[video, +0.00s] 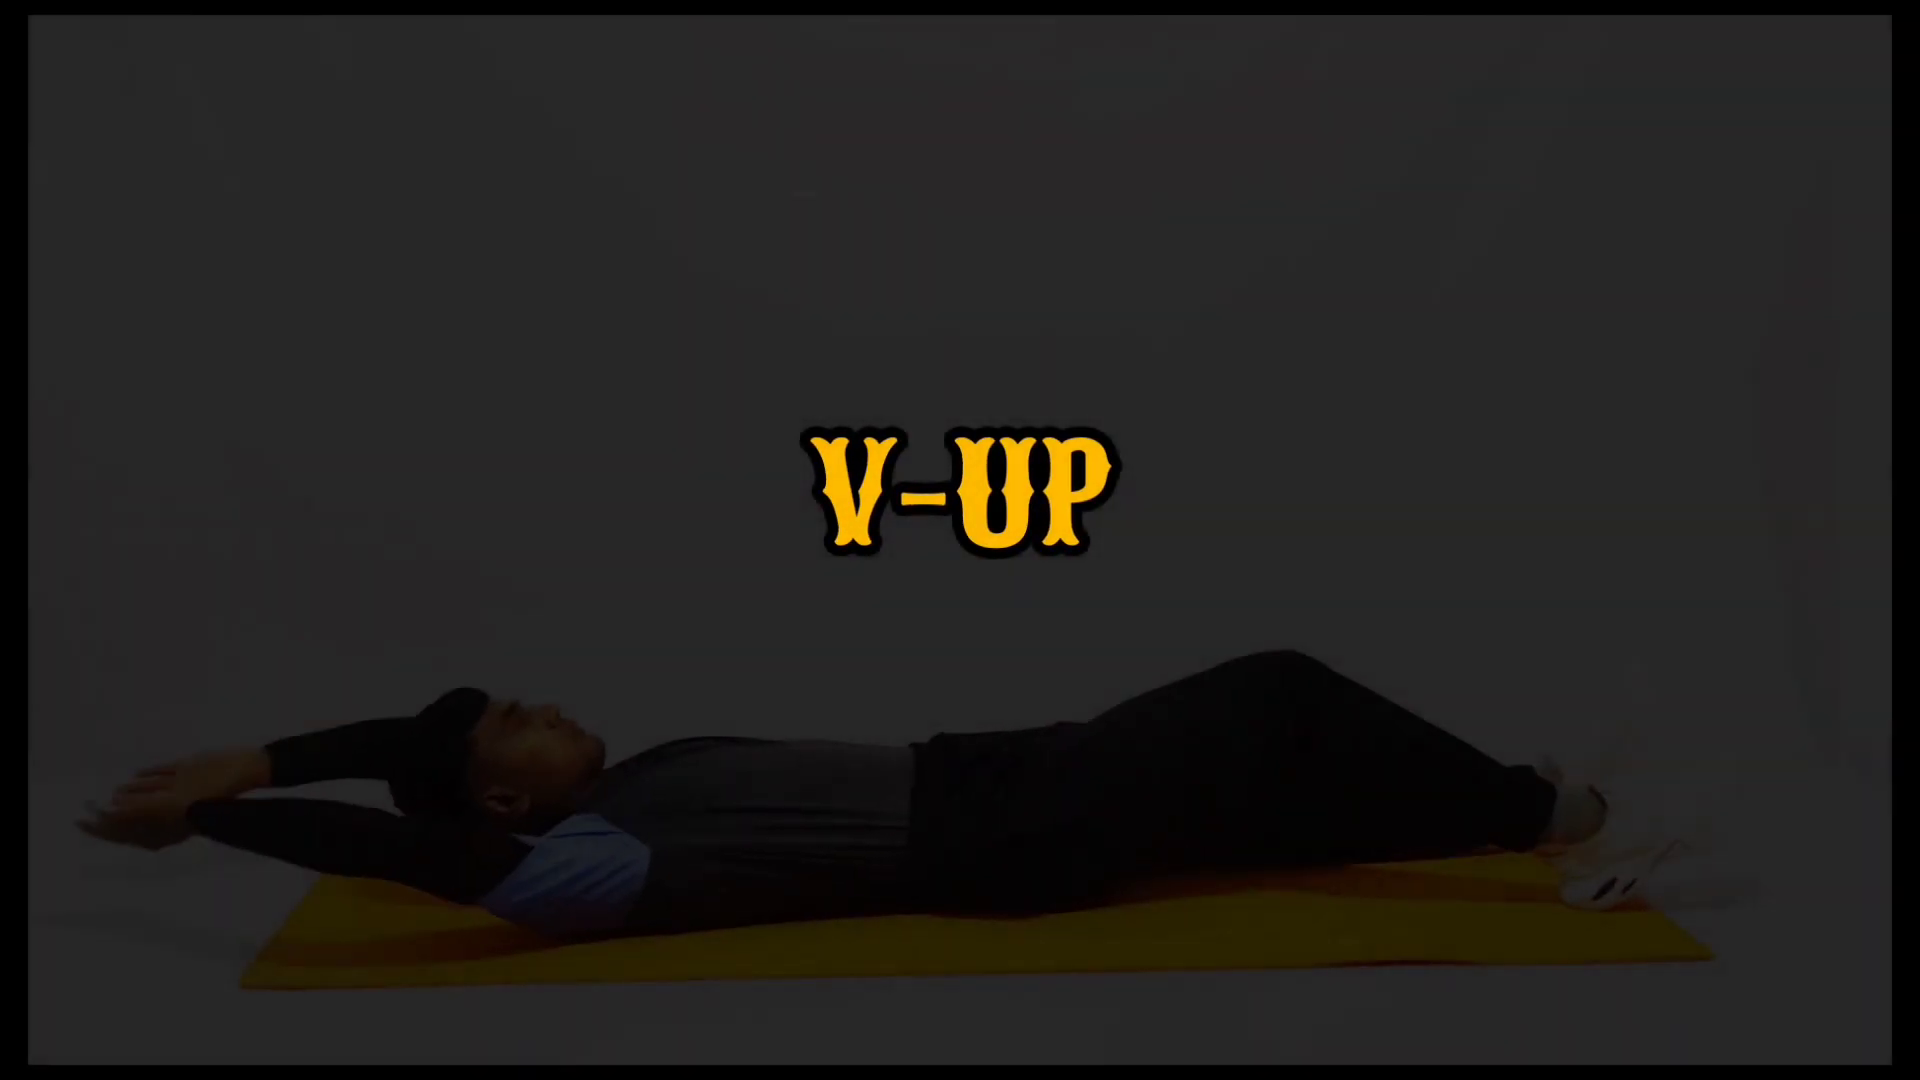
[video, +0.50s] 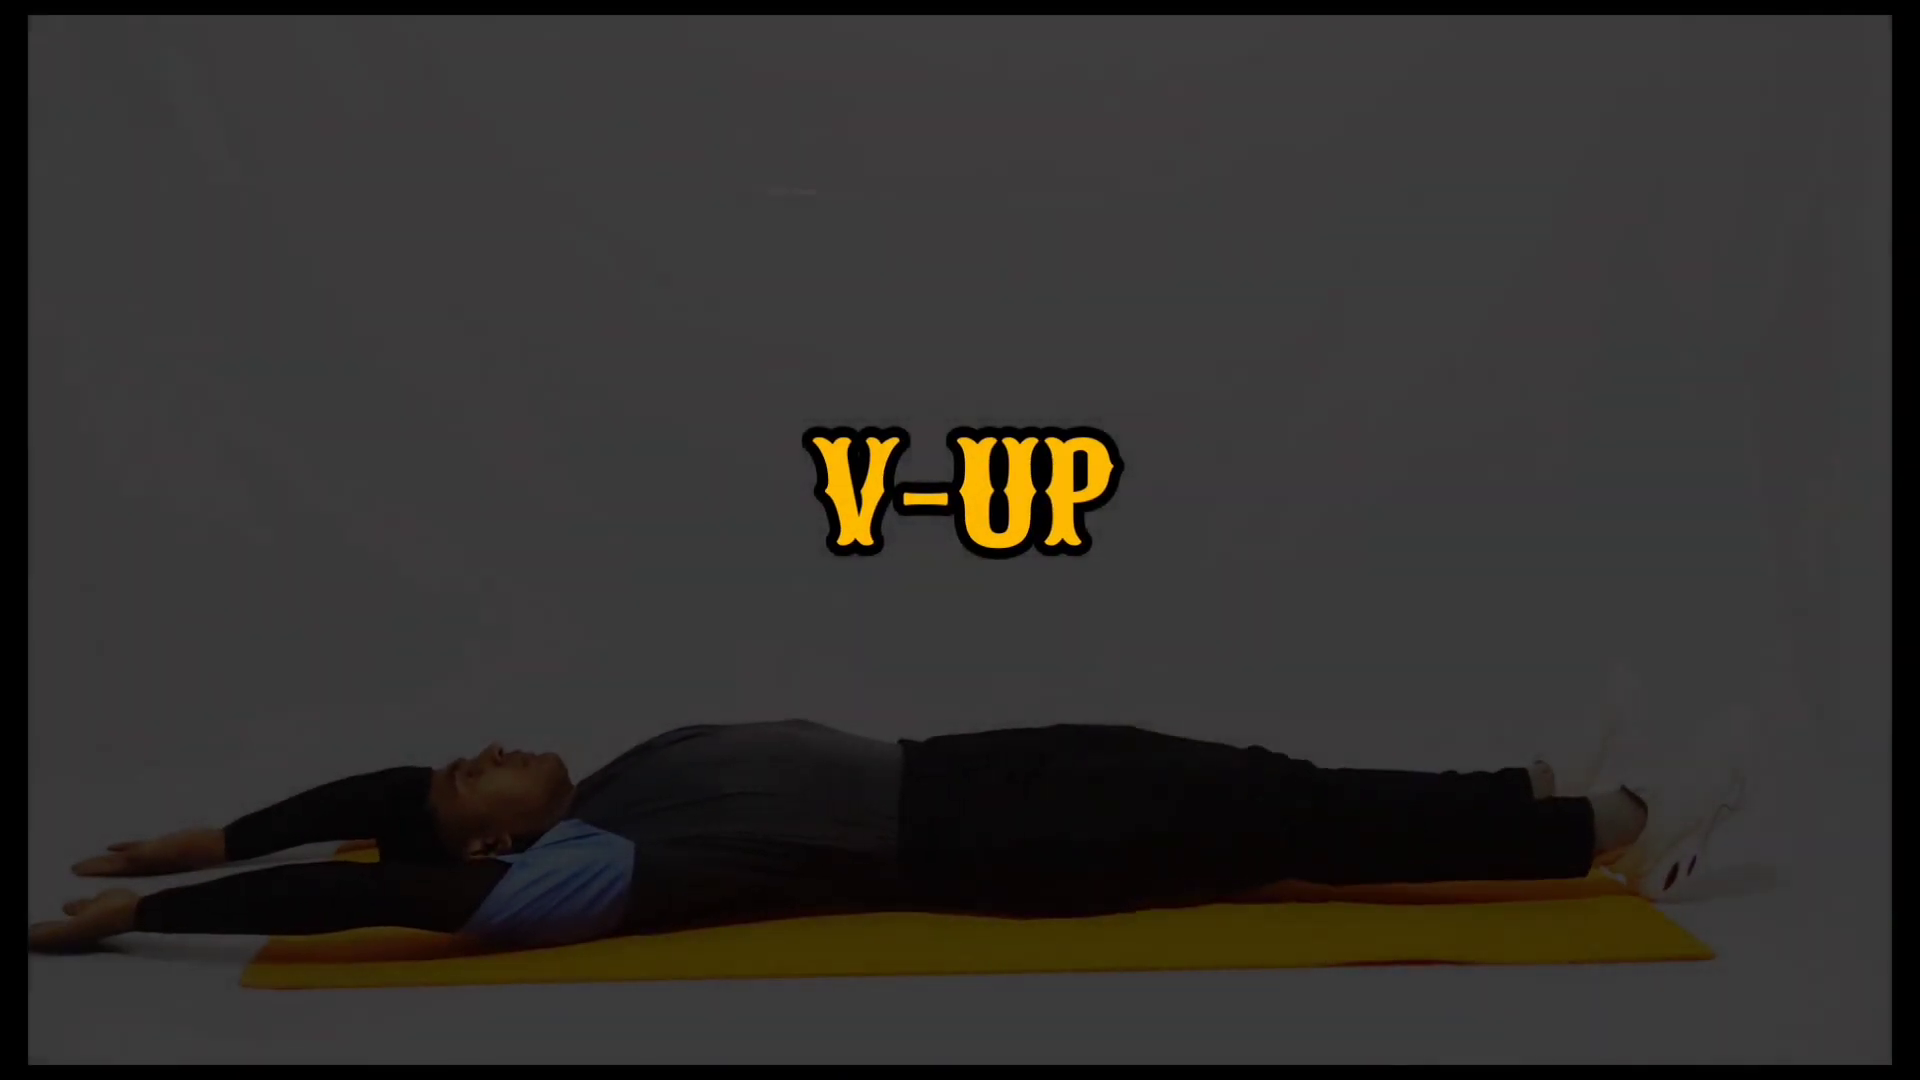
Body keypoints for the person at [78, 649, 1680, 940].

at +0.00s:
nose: (546, 733)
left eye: (528, 721)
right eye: (517, 745)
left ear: (545, 736)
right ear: (495, 806)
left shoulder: (624, 784)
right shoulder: (594, 851)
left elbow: (430, 765)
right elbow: (408, 848)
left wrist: (250, 770)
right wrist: (220, 816)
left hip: (1016, 773)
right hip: (1004, 832)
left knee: (1278, 682)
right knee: (1272, 713)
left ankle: (1510, 803)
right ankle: (1513, 819)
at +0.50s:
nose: (504, 779)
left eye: (488, 771)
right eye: (485, 797)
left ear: (516, 778)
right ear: (489, 845)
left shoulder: (614, 788)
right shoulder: (587, 858)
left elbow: (380, 833)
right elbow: (415, 910)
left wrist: (192, 862)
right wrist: (203, 918)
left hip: (967, 758)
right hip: (956, 826)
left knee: (1240, 766)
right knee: (1245, 817)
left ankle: (1519, 805)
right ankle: (1547, 827)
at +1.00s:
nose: (505, 779)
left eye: (487, 770)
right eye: (486, 798)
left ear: (514, 775)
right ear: (495, 840)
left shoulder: (618, 781)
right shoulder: (595, 851)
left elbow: (387, 841)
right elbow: (451, 906)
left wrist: (205, 878)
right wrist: (280, 923)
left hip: (974, 764)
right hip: (960, 829)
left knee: (1241, 766)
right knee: (1249, 828)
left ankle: (1521, 803)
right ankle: (1552, 834)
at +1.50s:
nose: (534, 741)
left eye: (515, 728)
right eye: (505, 754)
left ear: (532, 743)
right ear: (497, 811)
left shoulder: (621, 784)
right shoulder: (602, 852)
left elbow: (397, 741)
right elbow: (501, 850)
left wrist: (208, 704)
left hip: (977, 766)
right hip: (966, 829)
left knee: (1245, 737)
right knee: (1246, 773)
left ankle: (1535, 761)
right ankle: (1553, 784)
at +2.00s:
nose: (754, 510)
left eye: (737, 495)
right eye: (726, 508)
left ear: (690, 551)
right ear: (680, 563)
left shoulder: (726, 621)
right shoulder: (737, 634)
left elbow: (880, 473)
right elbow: (893, 485)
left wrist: (990, 316)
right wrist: (1016, 319)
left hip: (963, 797)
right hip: (981, 840)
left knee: (1140, 560)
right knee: (1166, 577)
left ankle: (1348, 330)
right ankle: (1390, 350)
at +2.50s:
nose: (647, 585)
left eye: (633, 572)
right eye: (621, 584)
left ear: (586, 638)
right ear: (580, 642)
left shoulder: (632, 706)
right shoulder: (658, 688)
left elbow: (702, 499)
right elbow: (705, 493)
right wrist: (725, 276)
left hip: (940, 796)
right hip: (965, 834)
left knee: (1145, 575)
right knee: (1175, 587)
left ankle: (1374, 369)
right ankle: (1391, 376)